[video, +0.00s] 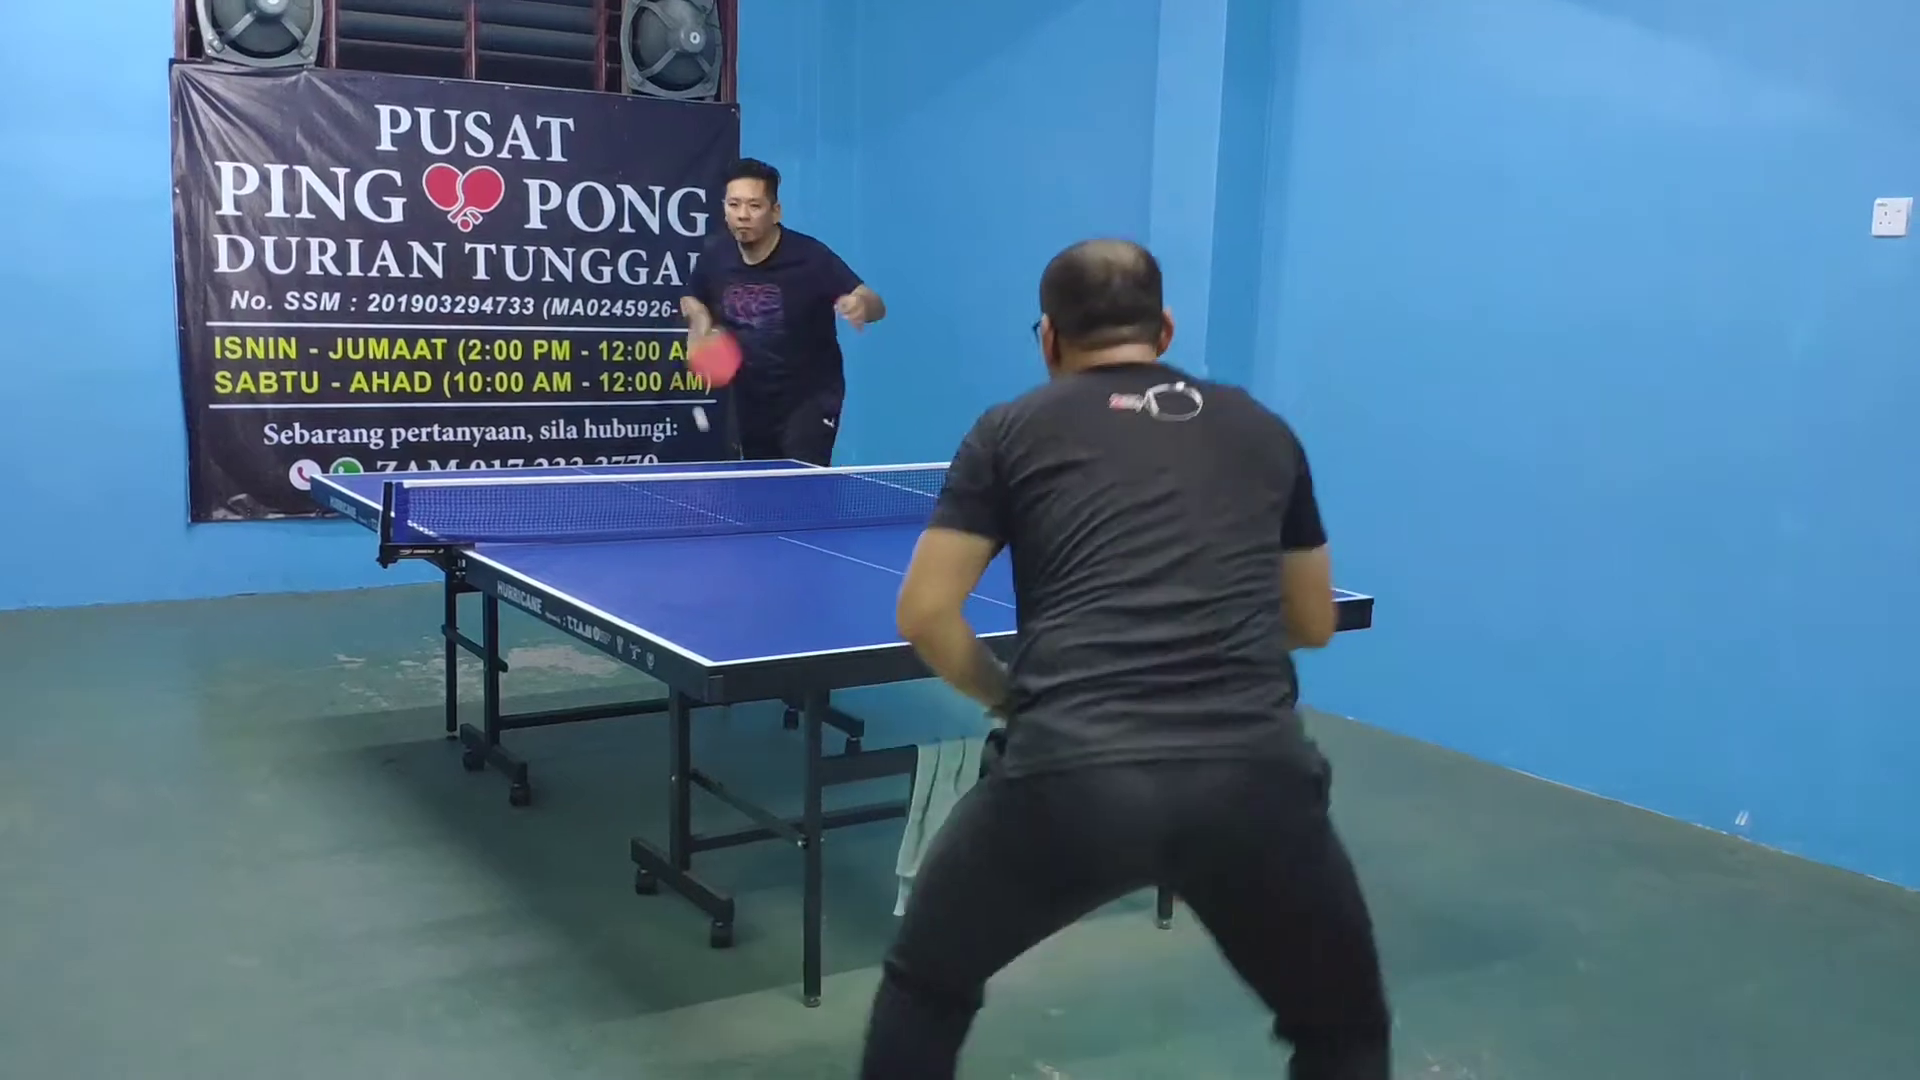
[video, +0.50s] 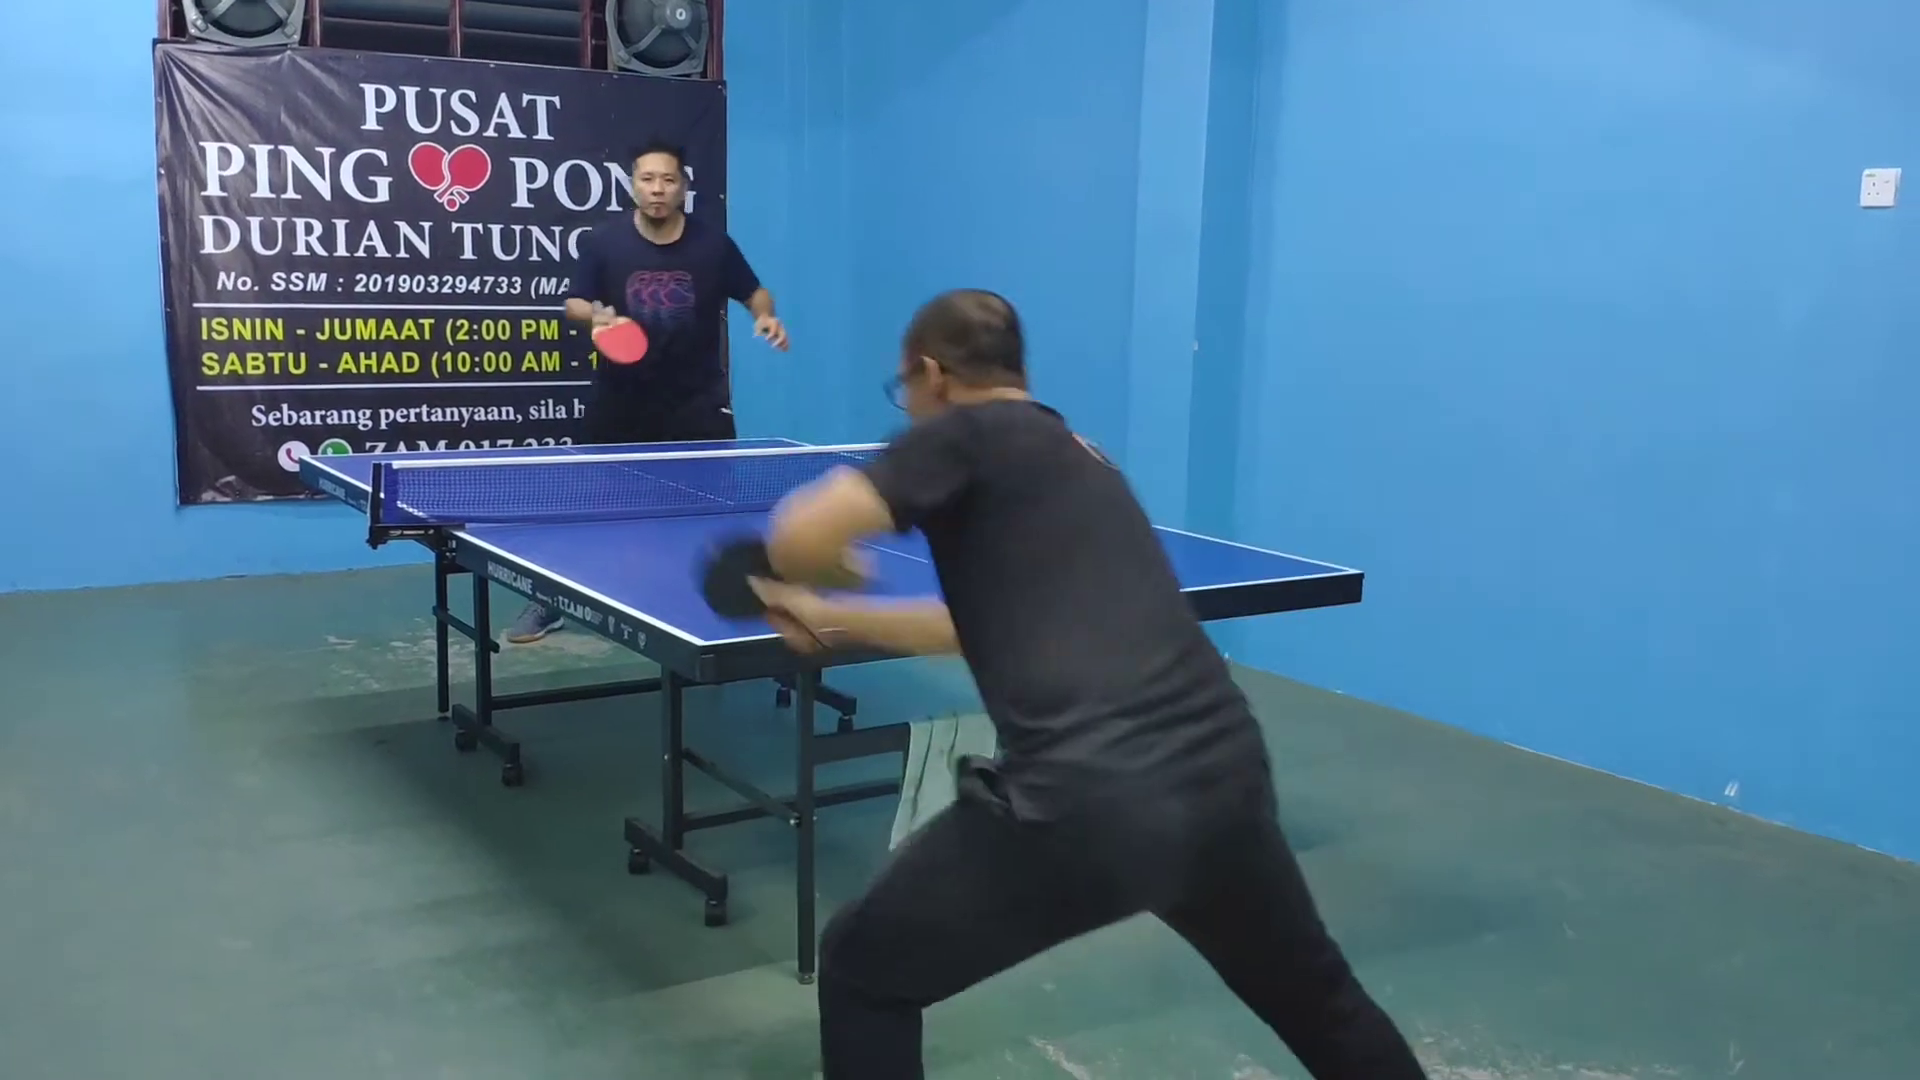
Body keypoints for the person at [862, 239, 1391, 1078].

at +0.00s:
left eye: (1039, 333)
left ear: (1049, 338)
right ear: (1166, 330)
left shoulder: (1011, 432)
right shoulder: (1261, 429)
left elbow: (925, 613)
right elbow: (1312, 621)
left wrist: (1003, 692)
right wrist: (1208, 605)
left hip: (1072, 792)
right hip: (1250, 791)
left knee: (926, 990)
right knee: (1343, 1030)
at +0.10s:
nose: (1057, 339)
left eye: (1056, 328)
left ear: (1067, 332)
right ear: (1184, 326)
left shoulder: (1023, 425)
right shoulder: (1275, 420)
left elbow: (941, 601)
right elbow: (1353, 617)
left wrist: (1027, 691)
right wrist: (1255, 621)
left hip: (1090, 787)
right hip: (1274, 783)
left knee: (948, 991)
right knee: (1375, 990)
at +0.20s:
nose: (1076, 382)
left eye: (1077, 366)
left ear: (1092, 371)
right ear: (1203, 367)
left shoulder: (1054, 467)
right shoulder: (1297, 463)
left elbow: (967, 648)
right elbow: (1395, 651)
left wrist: (1047, 735)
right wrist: (1308, 698)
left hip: (1116, 818)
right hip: (1295, 817)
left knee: (930, 971)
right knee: (1408, 1027)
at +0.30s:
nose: (1058, 420)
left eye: (1057, 404)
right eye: (1056, 403)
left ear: (1075, 402)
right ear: (1180, 400)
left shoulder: (1050, 503)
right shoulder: (1275, 495)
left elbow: (978, 703)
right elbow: (1336, 697)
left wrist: (1068, 719)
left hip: (1150, 856)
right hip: (1319, 850)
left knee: (921, 966)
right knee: (1408, 1020)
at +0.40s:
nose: (983, 423)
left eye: (983, 405)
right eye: (982, 406)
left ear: (1005, 398)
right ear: (1095, 400)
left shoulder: (1008, 481)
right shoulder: (1176, 486)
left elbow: (901, 665)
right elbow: (1142, 667)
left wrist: (986, 627)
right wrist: (983, 721)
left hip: (1125, 843)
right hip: (1274, 826)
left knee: (899, 967)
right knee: (1367, 1019)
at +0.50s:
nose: (907, 405)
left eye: (907, 386)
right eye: (906, 387)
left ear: (932, 375)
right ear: (1015, 373)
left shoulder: (960, 439)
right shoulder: (1084, 460)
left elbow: (799, 532)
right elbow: (1010, 622)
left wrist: (831, 576)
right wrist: (846, 628)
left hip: (1084, 808)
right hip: (1218, 789)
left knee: (864, 970)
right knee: (1326, 1005)